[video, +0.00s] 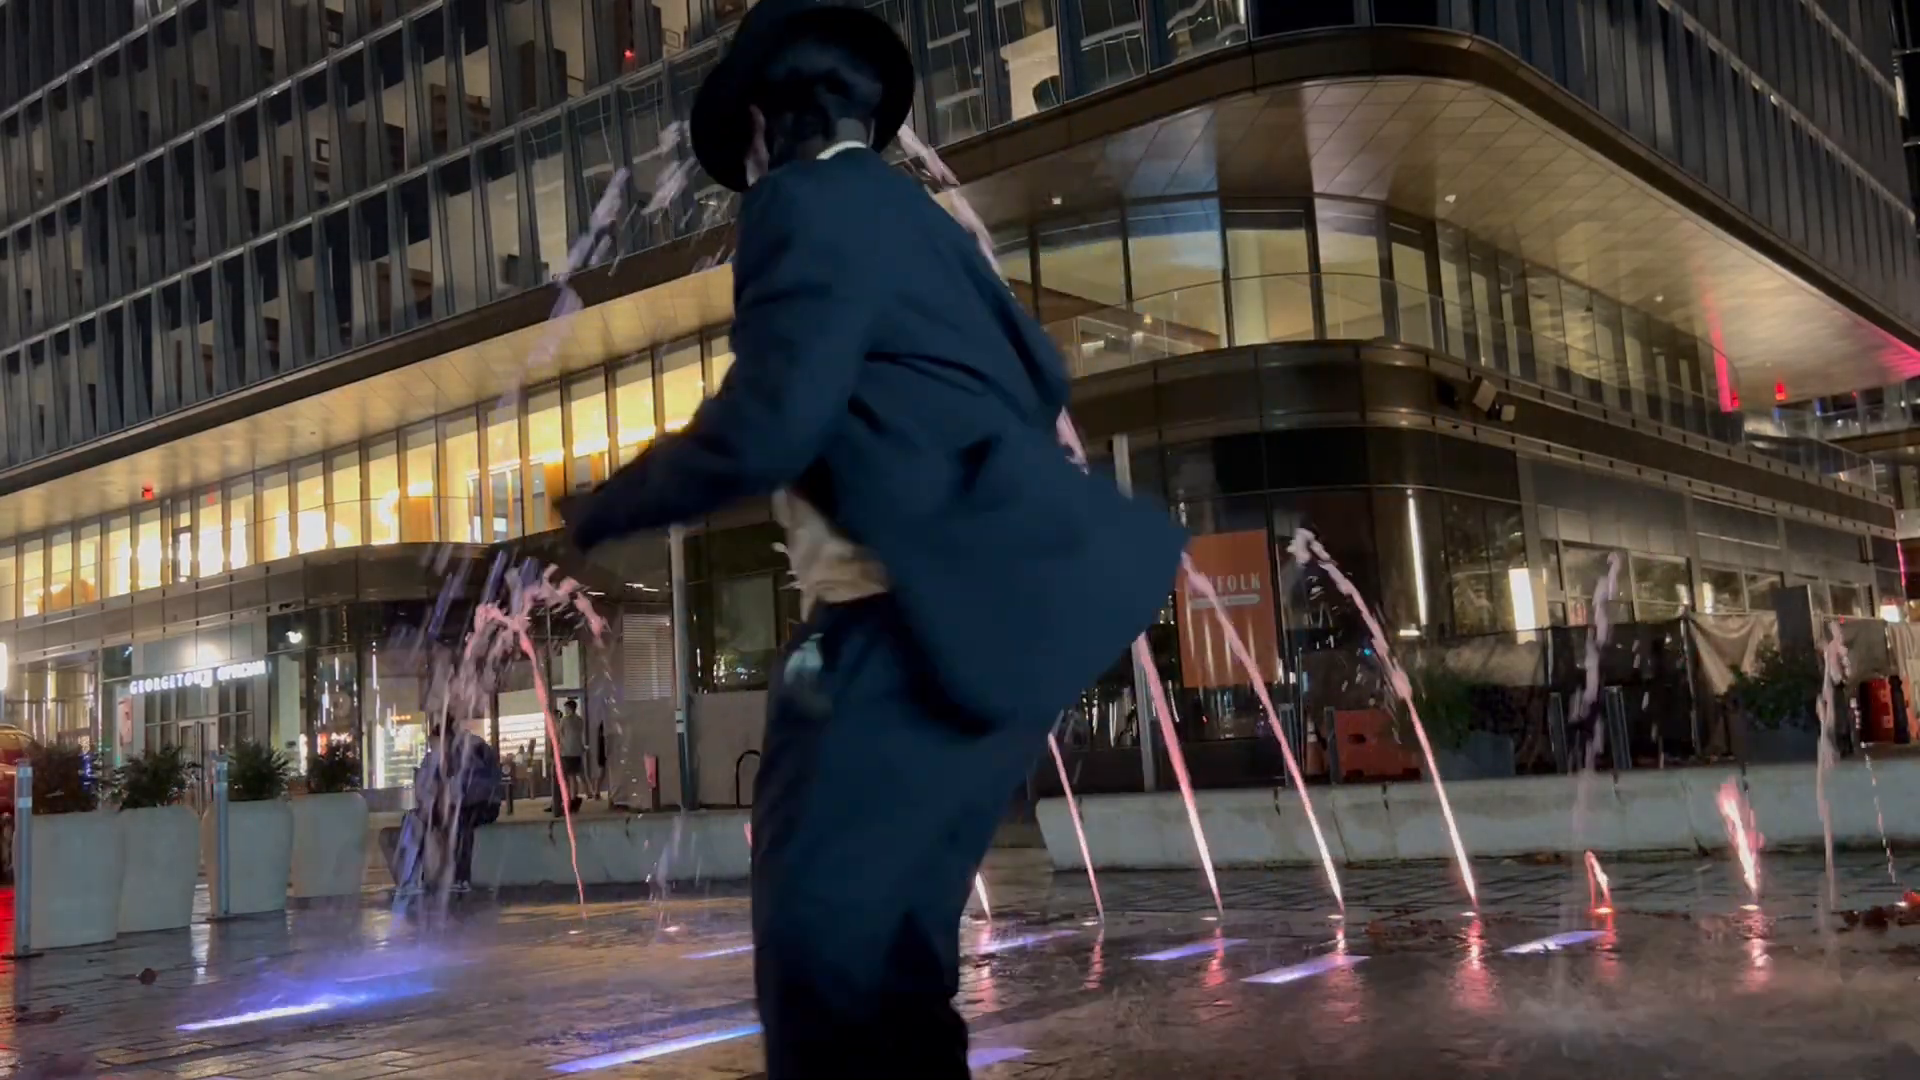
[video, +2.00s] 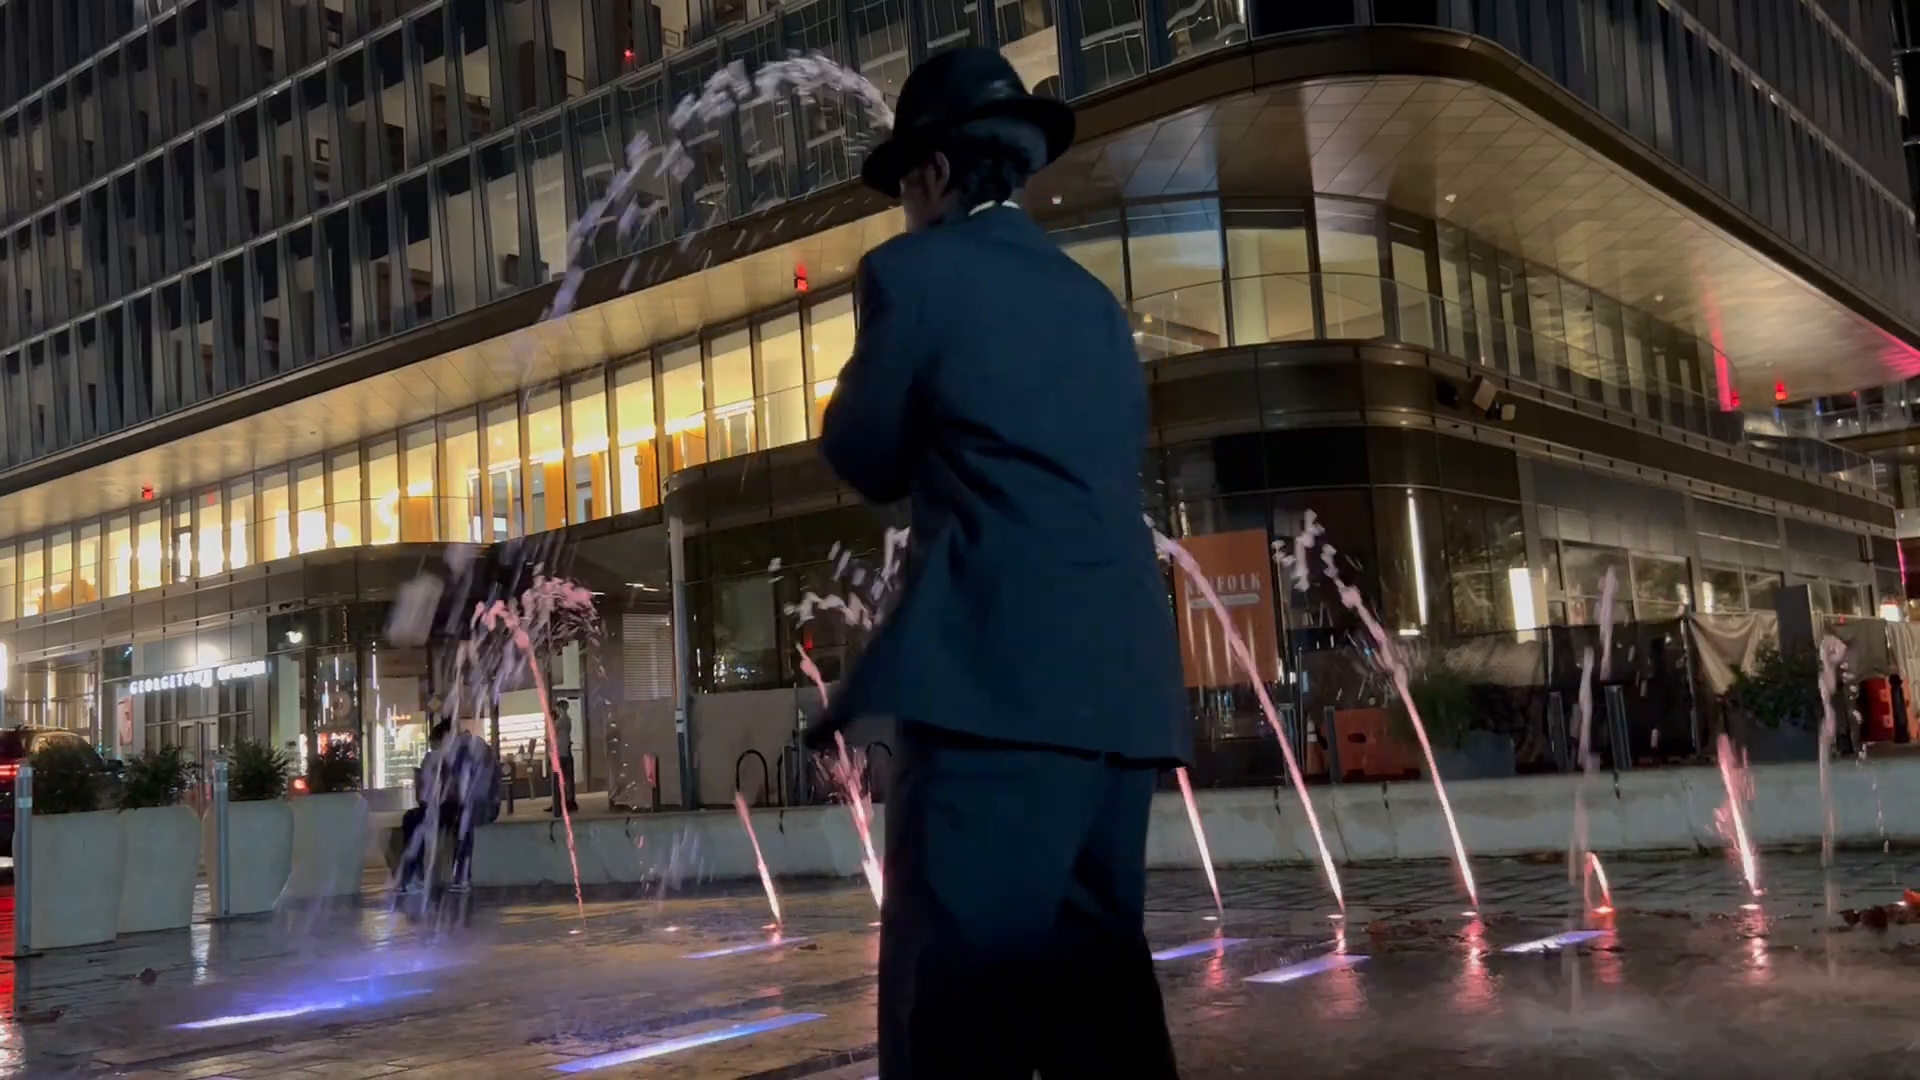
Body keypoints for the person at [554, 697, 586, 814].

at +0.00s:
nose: (566, 710)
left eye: (567, 708)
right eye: (566, 708)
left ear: (568, 709)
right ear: (575, 709)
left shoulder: (564, 721)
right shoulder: (580, 720)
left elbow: (559, 734)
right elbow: (581, 733)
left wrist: (558, 746)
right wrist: (582, 745)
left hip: (566, 752)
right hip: (577, 751)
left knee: (569, 777)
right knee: (576, 776)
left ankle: (571, 797)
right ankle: (575, 797)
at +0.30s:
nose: (565, 710)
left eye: (566, 708)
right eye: (565, 708)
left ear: (568, 708)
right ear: (574, 708)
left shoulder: (567, 719)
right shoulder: (578, 720)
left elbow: (560, 730)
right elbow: (577, 735)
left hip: (566, 753)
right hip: (576, 752)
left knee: (560, 779)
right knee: (573, 777)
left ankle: (555, 804)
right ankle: (575, 798)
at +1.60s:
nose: (560, 711)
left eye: (561, 709)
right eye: (560, 709)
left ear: (563, 709)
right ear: (569, 708)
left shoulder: (565, 720)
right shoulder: (571, 719)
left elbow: (557, 732)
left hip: (563, 753)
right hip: (569, 752)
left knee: (561, 779)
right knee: (569, 778)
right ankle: (571, 801)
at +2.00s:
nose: (557, 711)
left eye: (558, 709)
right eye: (558, 709)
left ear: (559, 709)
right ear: (566, 708)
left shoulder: (559, 721)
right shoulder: (567, 720)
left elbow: (553, 732)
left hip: (559, 754)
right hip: (567, 753)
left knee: (557, 779)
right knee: (569, 779)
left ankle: (557, 804)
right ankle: (571, 801)